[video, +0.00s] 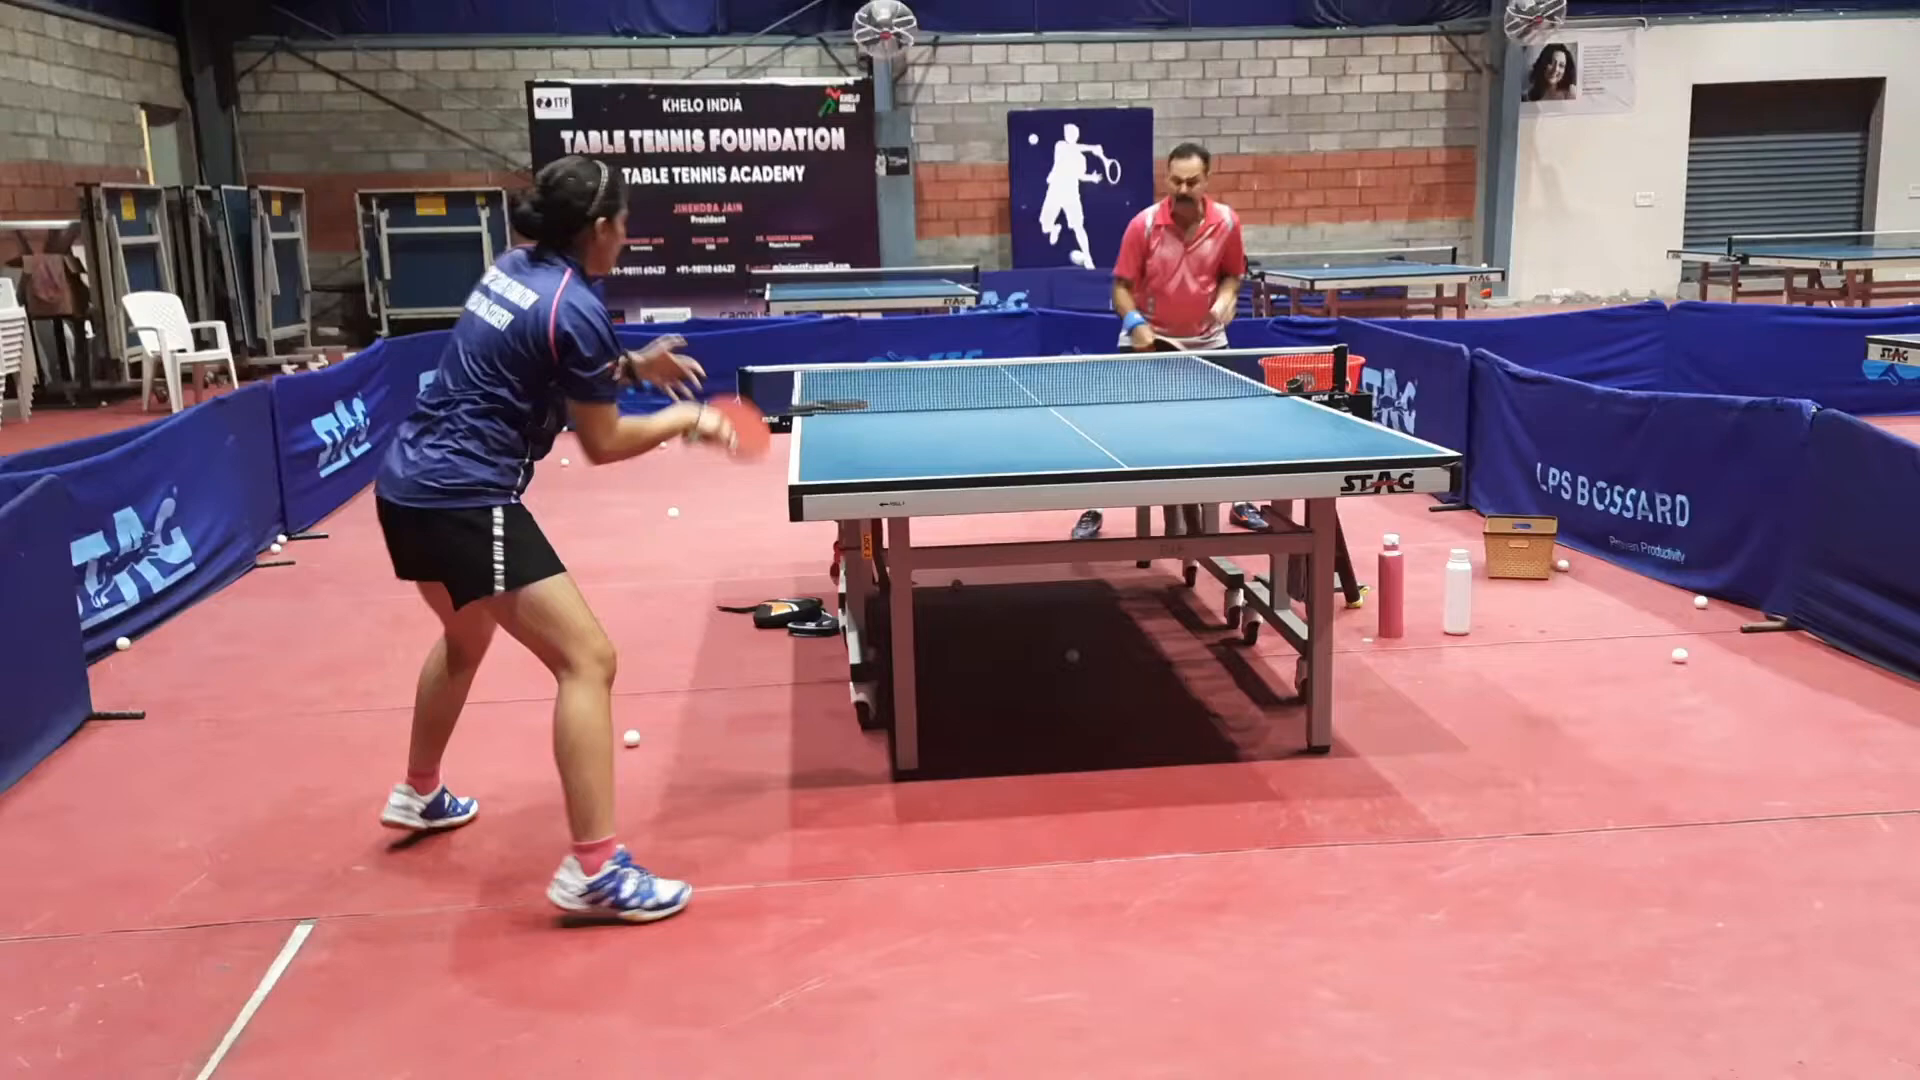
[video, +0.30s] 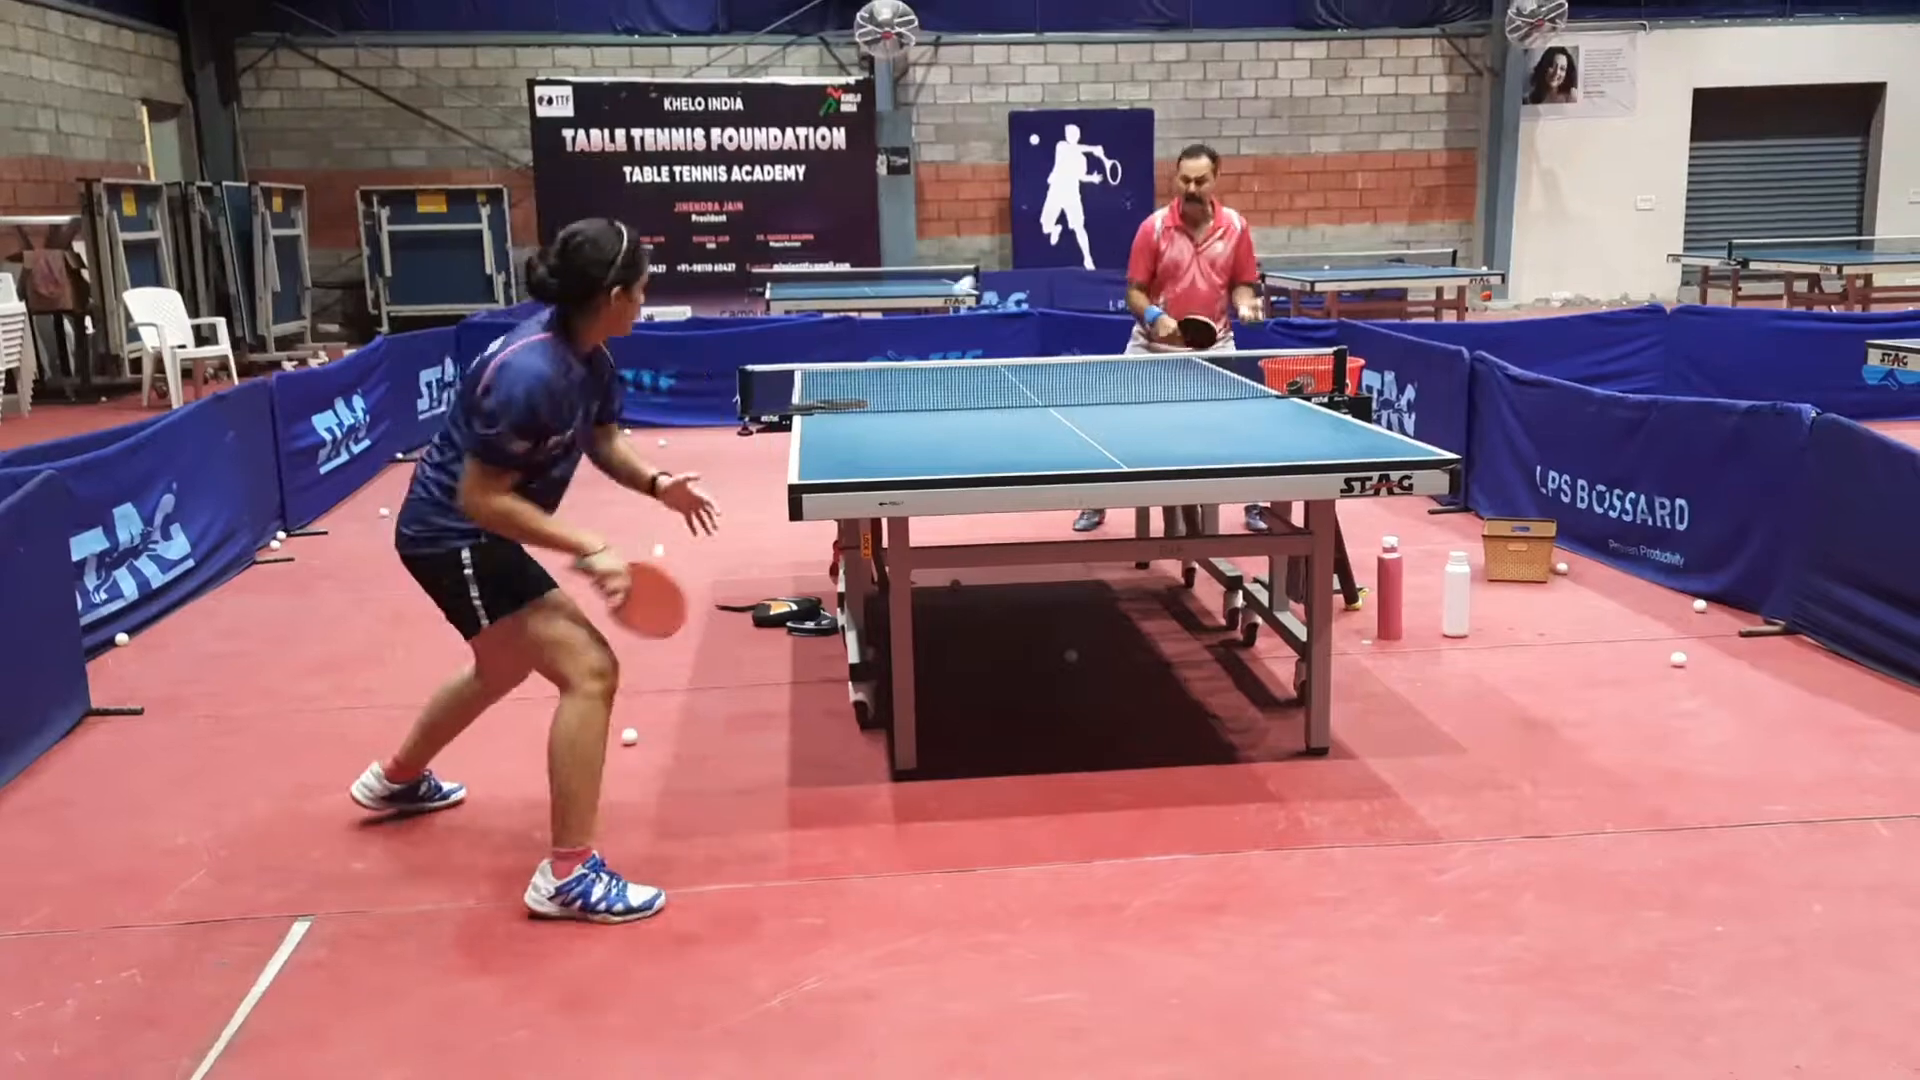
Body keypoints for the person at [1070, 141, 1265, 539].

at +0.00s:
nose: (1184, 190)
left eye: (1193, 182)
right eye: (1176, 181)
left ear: (1206, 181)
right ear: (1166, 179)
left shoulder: (1226, 222)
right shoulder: (1144, 225)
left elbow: (1232, 274)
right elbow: (1120, 286)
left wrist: (1224, 303)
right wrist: (1136, 324)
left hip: (1208, 343)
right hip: (1149, 342)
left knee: (1237, 413)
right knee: (1117, 418)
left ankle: (1243, 500)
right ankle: (1093, 509)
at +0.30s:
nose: (1192, 188)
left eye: (1201, 180)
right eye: (1185, 180)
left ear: (1215, 182)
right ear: (1175, 181)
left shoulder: (1235, 227)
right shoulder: (1154, 228)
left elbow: (1243, 284)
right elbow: (1134, 291)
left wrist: (1246, 303)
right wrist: (1155, 317)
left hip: (1215, 344)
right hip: (1154, 343)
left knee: (1247, 412)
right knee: (1114, 411)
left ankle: (1256, 502)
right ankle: (1095, 500)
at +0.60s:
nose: (1174, 194)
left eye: (1182, 186)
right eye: (1167, 186)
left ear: (1198, 186)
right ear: (1158, 187)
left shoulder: (1223, 230)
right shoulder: (1141, 230)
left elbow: (1233, 288)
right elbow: (1127, 288)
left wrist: (1222, 317)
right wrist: (1136, 302)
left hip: (1206, 348)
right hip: (1144, 347)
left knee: (1238, 417)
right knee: (1111, 416)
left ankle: (1254, 503)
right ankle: (1094, 500)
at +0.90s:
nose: (1158, 203)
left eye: (1167, 195)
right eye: (1152, 195)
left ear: (1184, 194)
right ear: (1145, 195)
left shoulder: (1210, 233)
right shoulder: (1129, 240)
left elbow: (1229, 288)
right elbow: (1112, 299)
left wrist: (1217, 314)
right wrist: (1104, 324)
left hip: (1203, 350)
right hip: (1143, 349)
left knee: (1225, 424)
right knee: (1108, 418)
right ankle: (1093, 503)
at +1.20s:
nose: (1167, 205)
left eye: (1175, 197)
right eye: (1160, 197)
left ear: (1191, 195)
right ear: (1152, 196)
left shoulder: (1216, 234)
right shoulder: (1137, 240)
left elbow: (1238, 288)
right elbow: (1083, 285)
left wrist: (1234, 333)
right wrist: (1113, 281)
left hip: (1209, 351)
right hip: (1150, 350)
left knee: (1240, 422)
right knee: (1115, 420)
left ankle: (1255, 502)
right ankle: (1093, 504)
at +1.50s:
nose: (1168, 165)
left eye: (1177, 158)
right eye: (1162, 158)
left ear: (1192, 163)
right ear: (1154, 162)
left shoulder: (1214, 216)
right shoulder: (1134, 216)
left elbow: (1224, 275)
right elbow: (1105, 274)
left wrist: (1213, 324)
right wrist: (1128, 291)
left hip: (1199, 343)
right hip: (1140, 342)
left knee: (1231, 416)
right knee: (1109, 417)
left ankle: (1253, 500)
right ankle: (1090, 503)